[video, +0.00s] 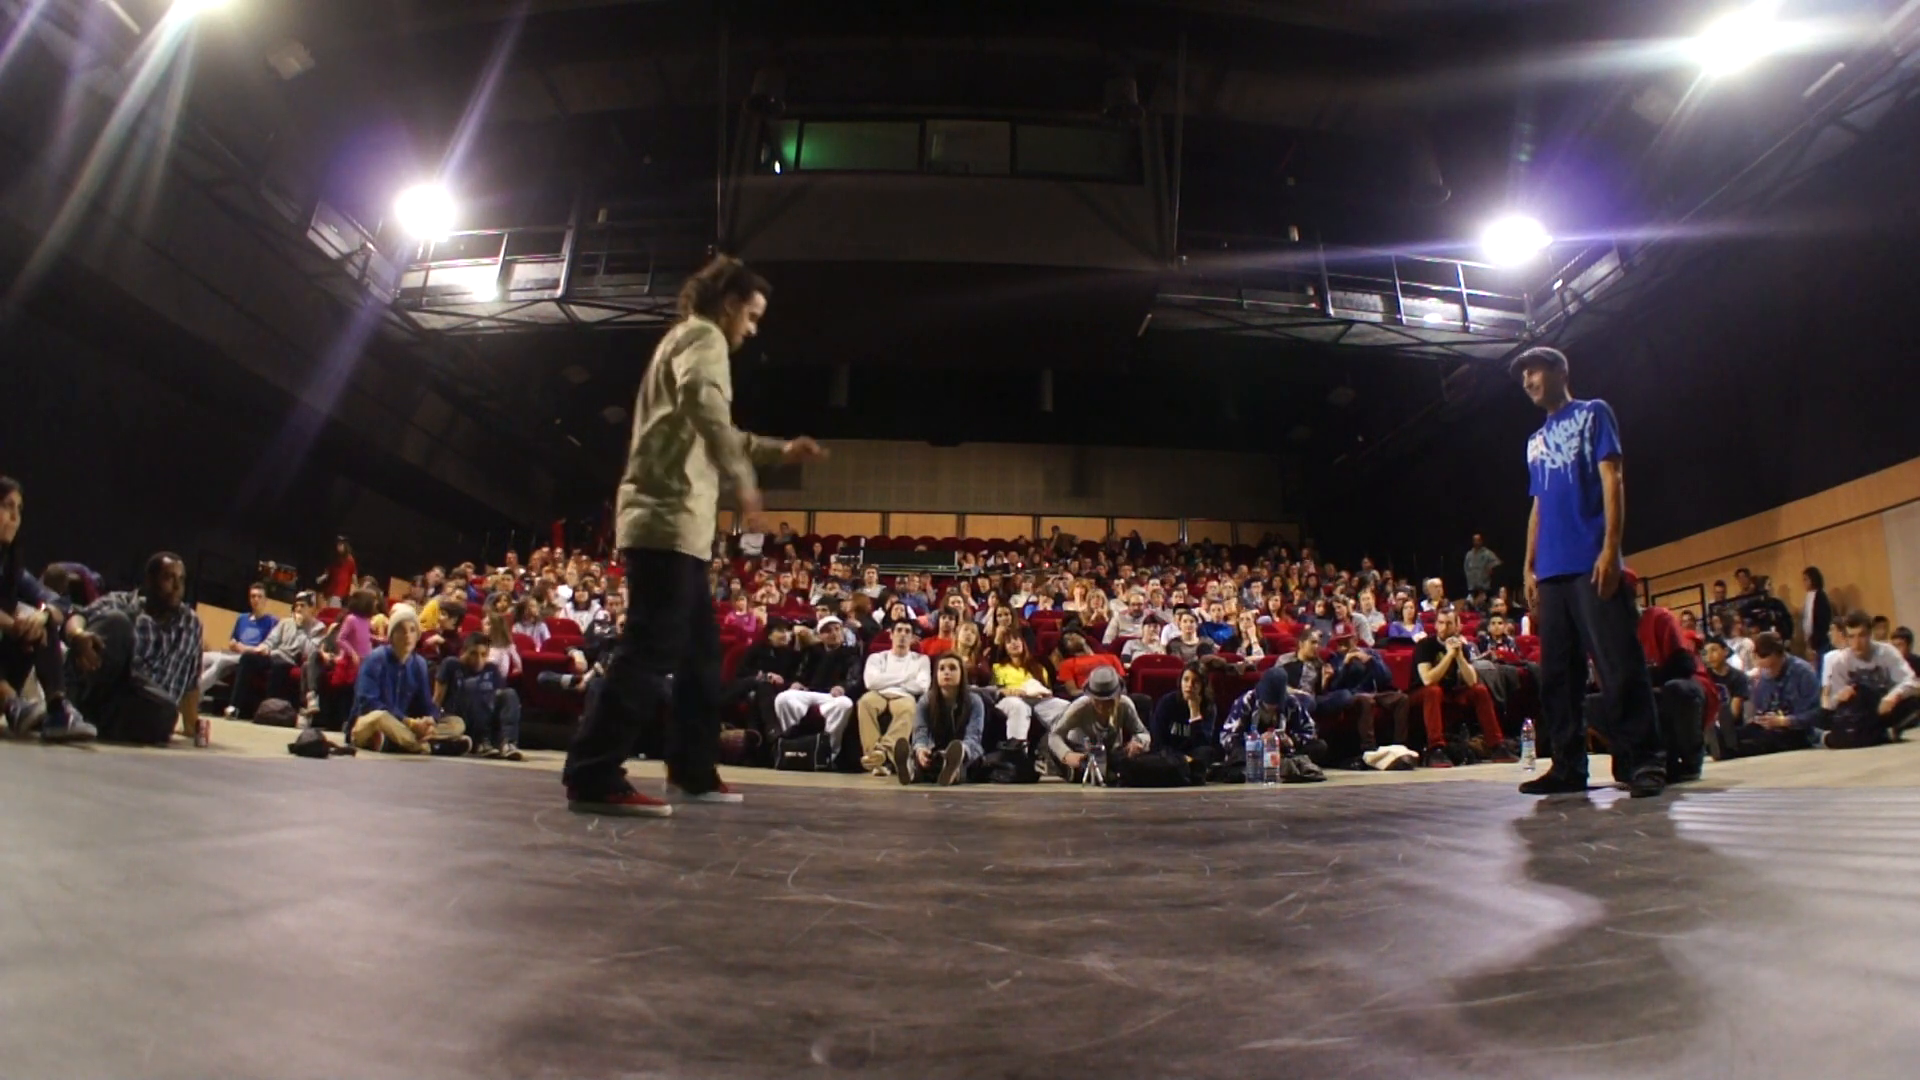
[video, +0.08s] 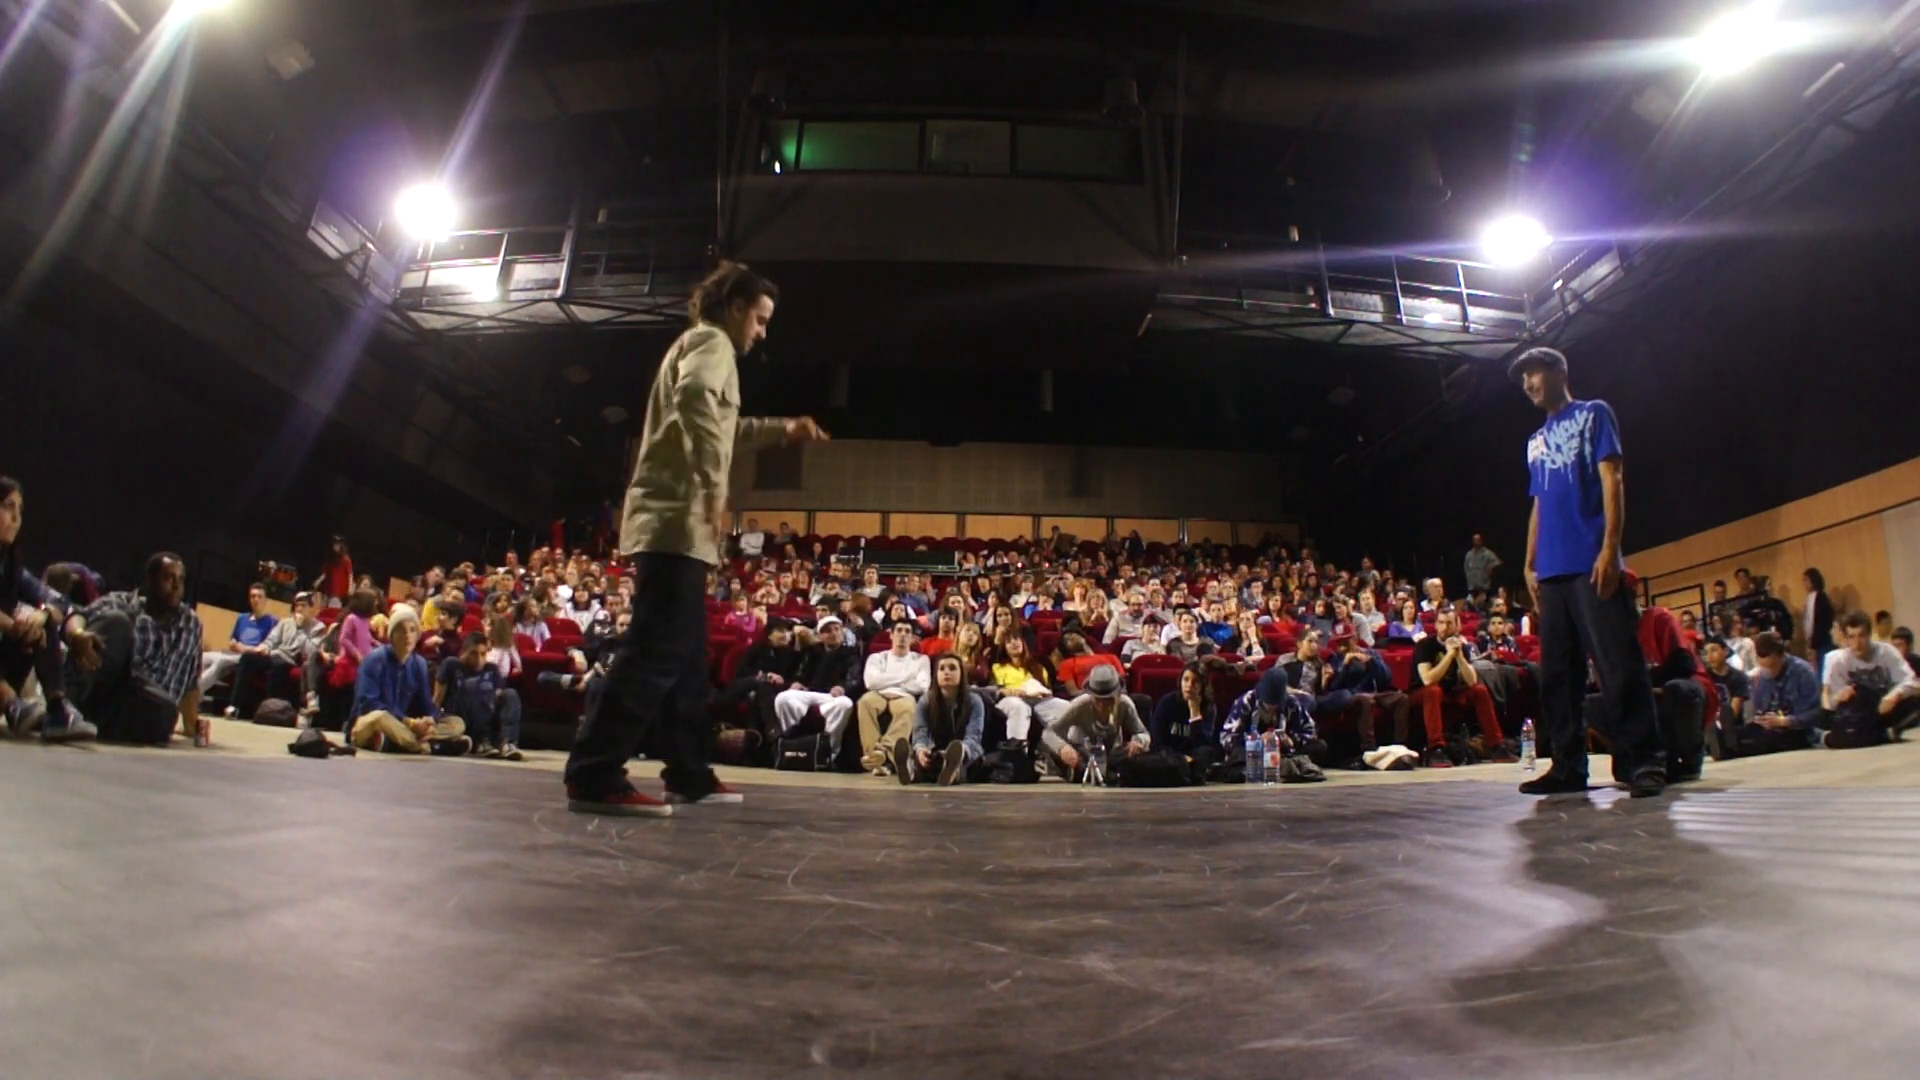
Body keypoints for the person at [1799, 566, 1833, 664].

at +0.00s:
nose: (1804, 583)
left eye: (1806, 579)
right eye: (1804, 579)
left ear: (1813, 580)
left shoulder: (1820, 597)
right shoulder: (1809, 596)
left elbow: (1822, 621)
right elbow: (1807, 617)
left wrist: (1815, 642)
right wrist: (1806, 637)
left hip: (1818, 642)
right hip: (1808, 640)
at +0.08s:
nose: (1804, 583)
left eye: (1806, 580)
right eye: (1804, 580)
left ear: (1814, 580)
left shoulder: (1821, 598)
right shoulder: (1810, 598)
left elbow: (1821, 623)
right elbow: (1808, 619)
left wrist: (1814, 644)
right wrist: (1807, 640)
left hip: (1819, 644)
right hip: (1809, 642)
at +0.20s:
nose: (1805, 584)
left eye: (1807, 580)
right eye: (1805, 580)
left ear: (1814, 581)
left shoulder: (1821, 598)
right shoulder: (1811, 598)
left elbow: (1822, 623)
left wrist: (1814, 644)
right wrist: (1810, 639)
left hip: (1823, 644)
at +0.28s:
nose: (1806, 584)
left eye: (1808, 581)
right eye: (1805, 581)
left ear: (1815, 581)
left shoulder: (1821, 597)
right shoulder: (1812, 597)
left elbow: (1822, 623)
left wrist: (1814, 642)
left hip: (1824, 643)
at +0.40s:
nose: (1807, 584)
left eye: (1810, 580)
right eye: (1807, 580)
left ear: (1817, 581)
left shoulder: (1823, 597)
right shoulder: (1812, 598)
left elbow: (1825, 621)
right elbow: (1814, 618)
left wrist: (1817, 640)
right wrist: (1811, 636)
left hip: (1825, 641)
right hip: (1816, 640)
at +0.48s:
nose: (1808, 584)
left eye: (1810, 580)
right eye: (1807, 581)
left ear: (1818, 581)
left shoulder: (1823, 597)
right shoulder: (1813, 597)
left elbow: (1825, 621)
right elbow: (1814, 618)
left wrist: (1816, 639)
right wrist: (1812, 635)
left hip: (1825, 641)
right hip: (1818, 641)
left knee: (1824, 672)